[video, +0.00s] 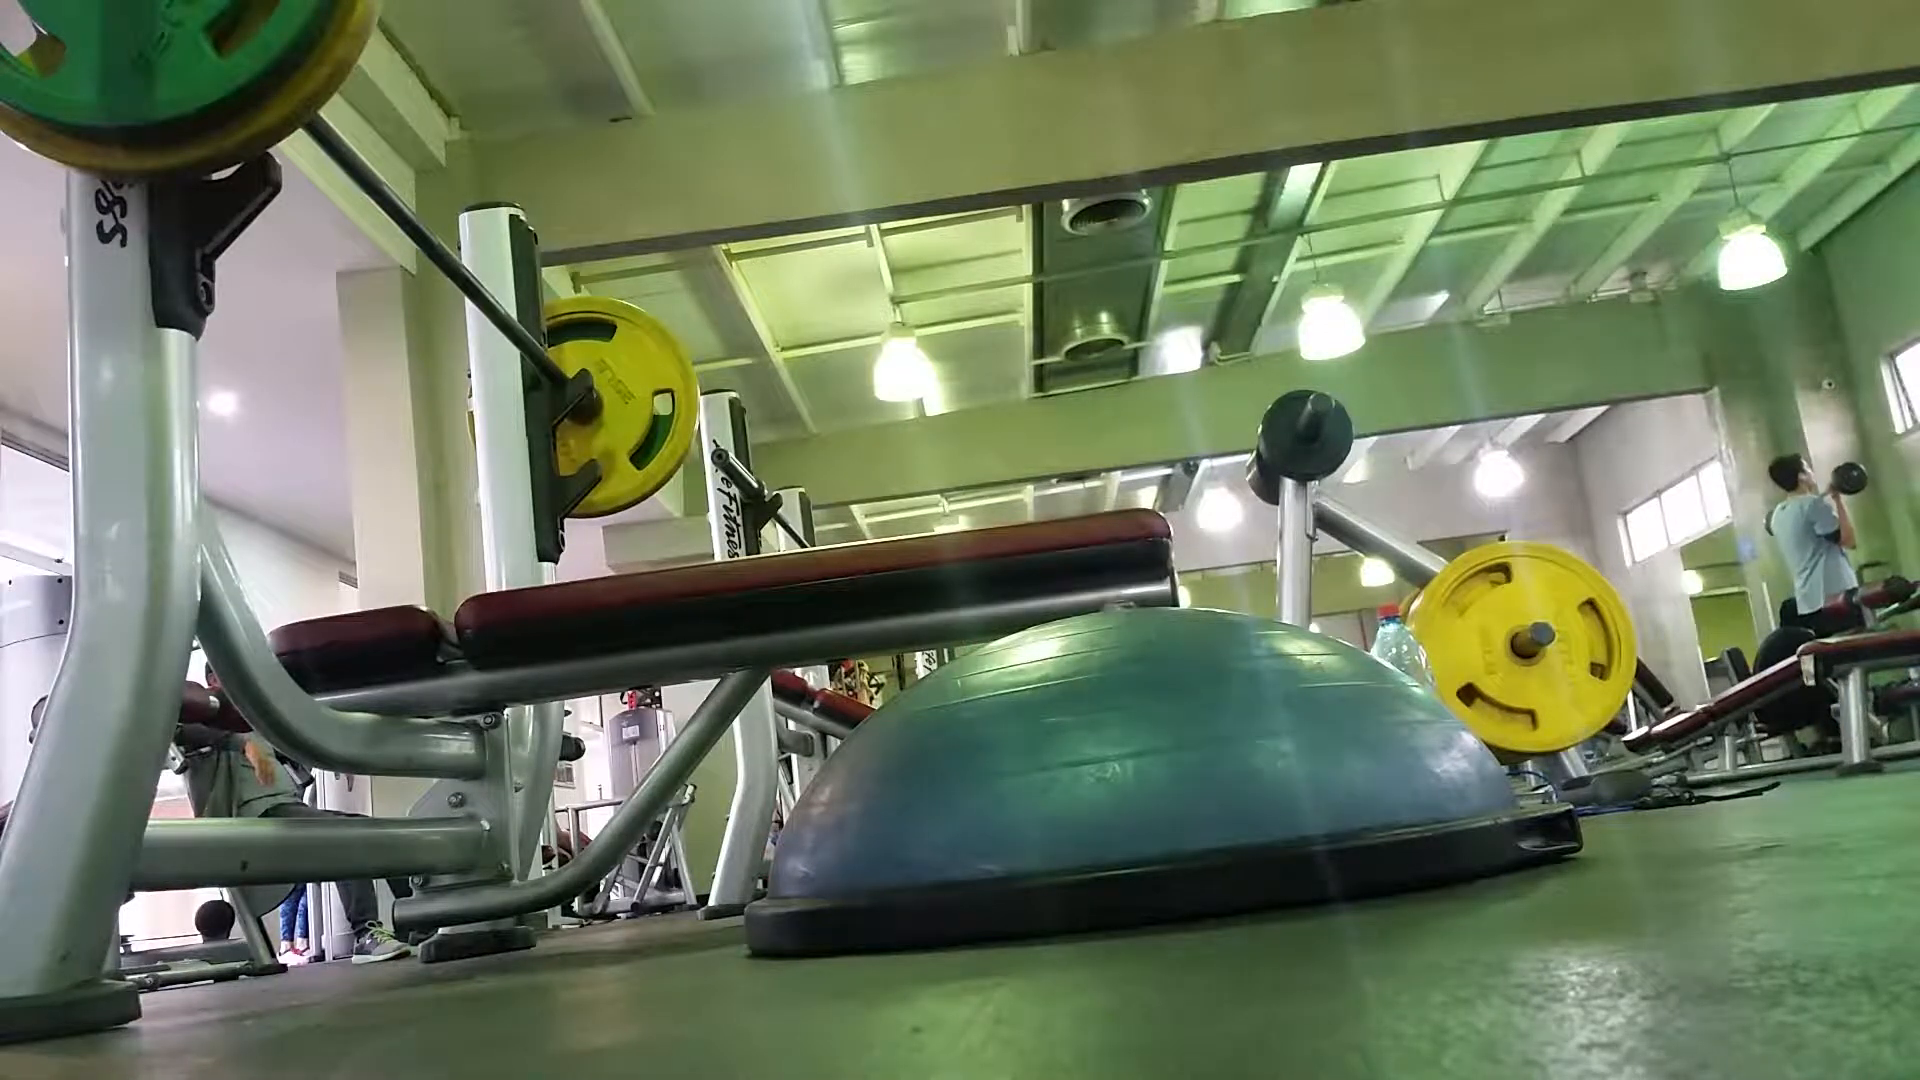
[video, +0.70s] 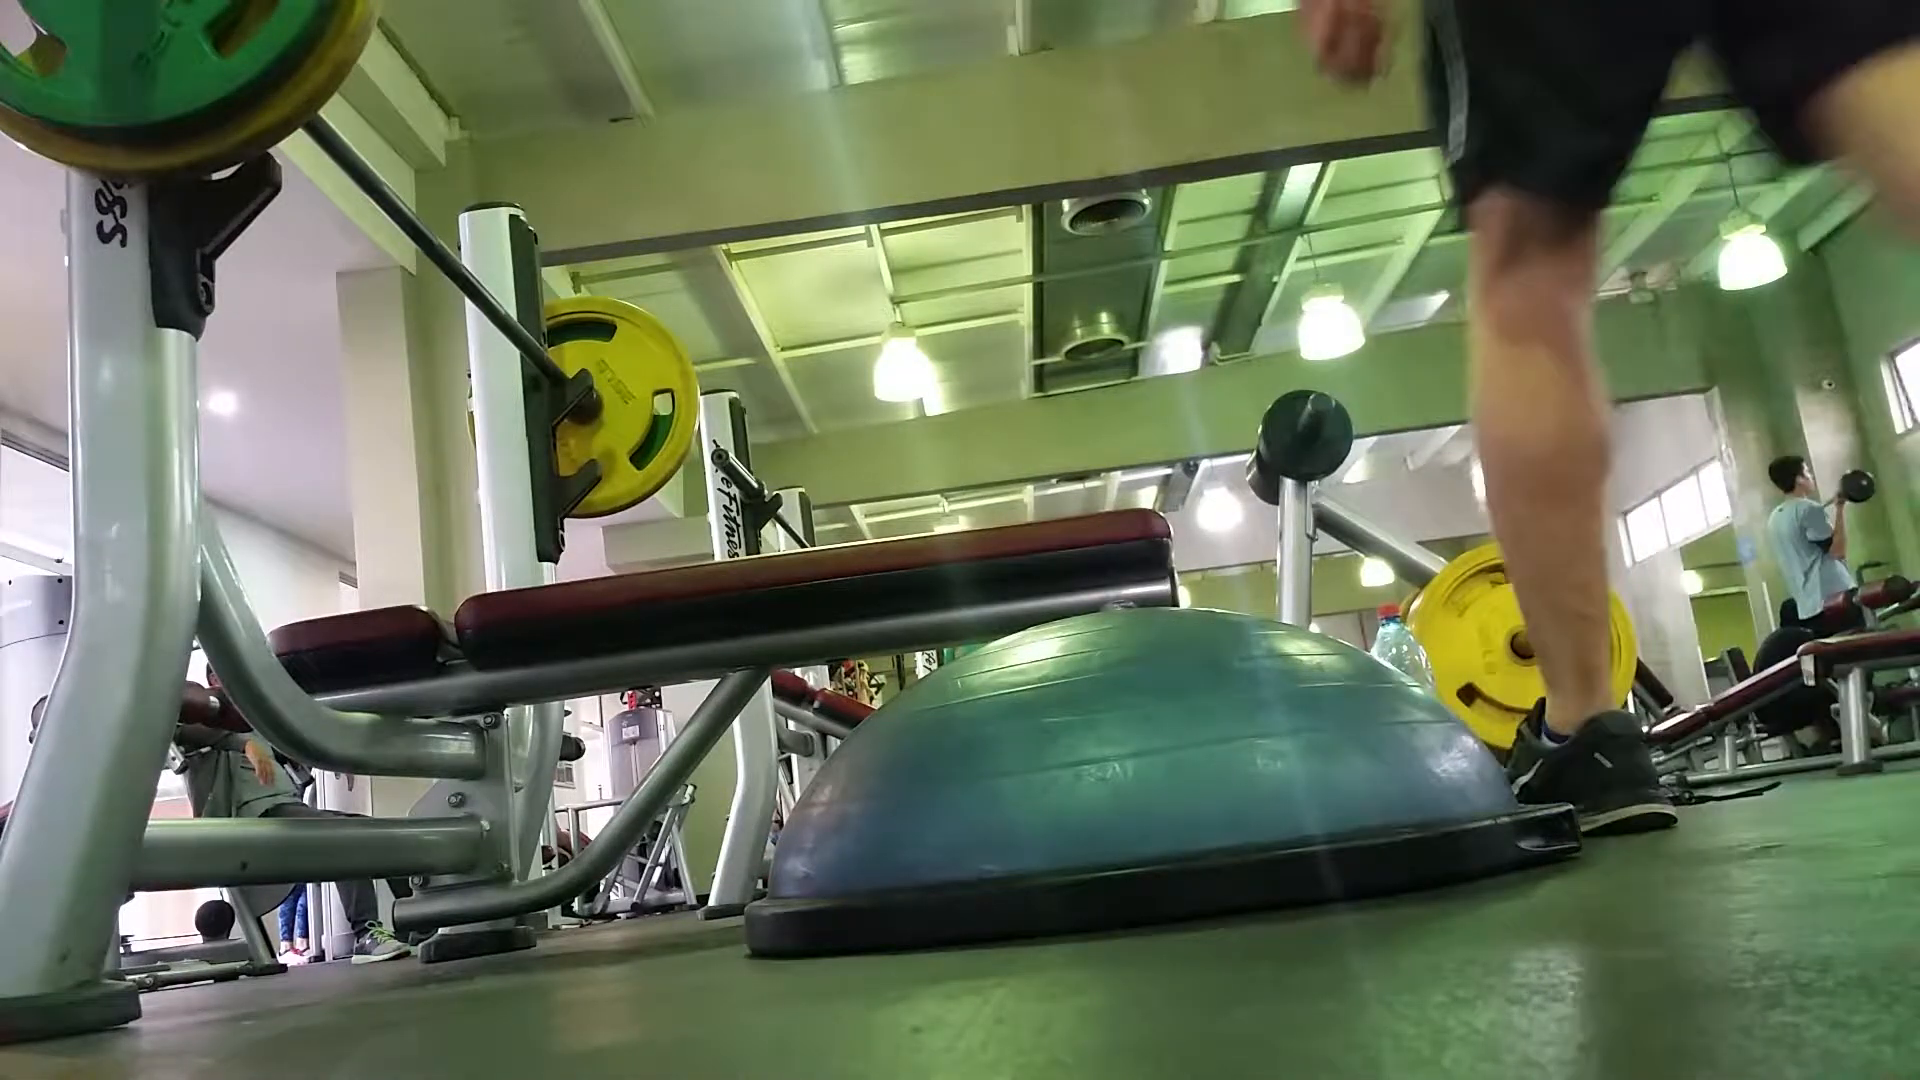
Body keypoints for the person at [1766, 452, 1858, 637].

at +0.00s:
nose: (1813, 472)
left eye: (1809, 467)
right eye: (1808, 468)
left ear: (1783, 483)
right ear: (1801, 476)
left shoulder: (1777, 515)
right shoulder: (1813, 505)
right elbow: (1848, 540)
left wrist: (1827, 494)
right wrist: (1838, 497)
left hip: (1807, 605)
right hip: (1836, 598)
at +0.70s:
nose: (1812, 477)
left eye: (1809, 472)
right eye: (1807, 473)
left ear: (1782, 484)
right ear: (1798, 479)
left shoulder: (1774, 518)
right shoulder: (1808, 509)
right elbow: (1838, 550)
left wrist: (1830, 504)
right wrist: (1840, 507)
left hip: (1807, 607)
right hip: (1835, 600)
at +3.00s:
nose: (1829, 475)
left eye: (1825, 470)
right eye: (1824, 472)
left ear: (1803, 486)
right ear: (1819, 478)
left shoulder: (1793, 517)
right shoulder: (1832, 504)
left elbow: (1783, 564)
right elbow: (1817, 544)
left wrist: (1814, 572)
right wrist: (1854, 563)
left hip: (1810, 605)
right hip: (1839, 600)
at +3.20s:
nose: (1829, 473)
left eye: (1824, 469)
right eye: (1823, 470)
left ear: (1802, 486)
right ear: (1818, 477)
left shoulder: (1794, 517)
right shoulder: (1832, 502)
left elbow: (1782, 563)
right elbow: (1815, 541)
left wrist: (1811, 575)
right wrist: (1857, 561)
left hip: (1812, 603)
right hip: (1840, 598)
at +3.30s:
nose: (1826, 471)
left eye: (1821, 467)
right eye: (1820, 468)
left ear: (1799, 483)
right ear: (1814, 476)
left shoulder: (1791, 516)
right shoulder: (1825, 502)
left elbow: (1782, 565)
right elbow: (1816, 545)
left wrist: (1813, 571)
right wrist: (1865, 556)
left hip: (1814, 605)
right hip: (1841, 600)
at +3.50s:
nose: (1817, 477)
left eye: (1815, 472)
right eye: (1814, 472)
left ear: (1790, 481)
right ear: (1806, 477)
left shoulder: (1784, 515)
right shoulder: (1813, 509)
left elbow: (1785, 566)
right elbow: (1825, 558)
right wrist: (1871, 548)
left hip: (1814, 605)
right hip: (1838, 602)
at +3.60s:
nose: (1815, 482)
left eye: (1814, 476)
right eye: (1812, 477)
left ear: (1786, 481)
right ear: (1803, 480)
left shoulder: (1778, 515)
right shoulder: (1809, 511)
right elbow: (1832, 560)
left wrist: (1818, 506)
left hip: (1812, 605)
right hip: (1837, 602)